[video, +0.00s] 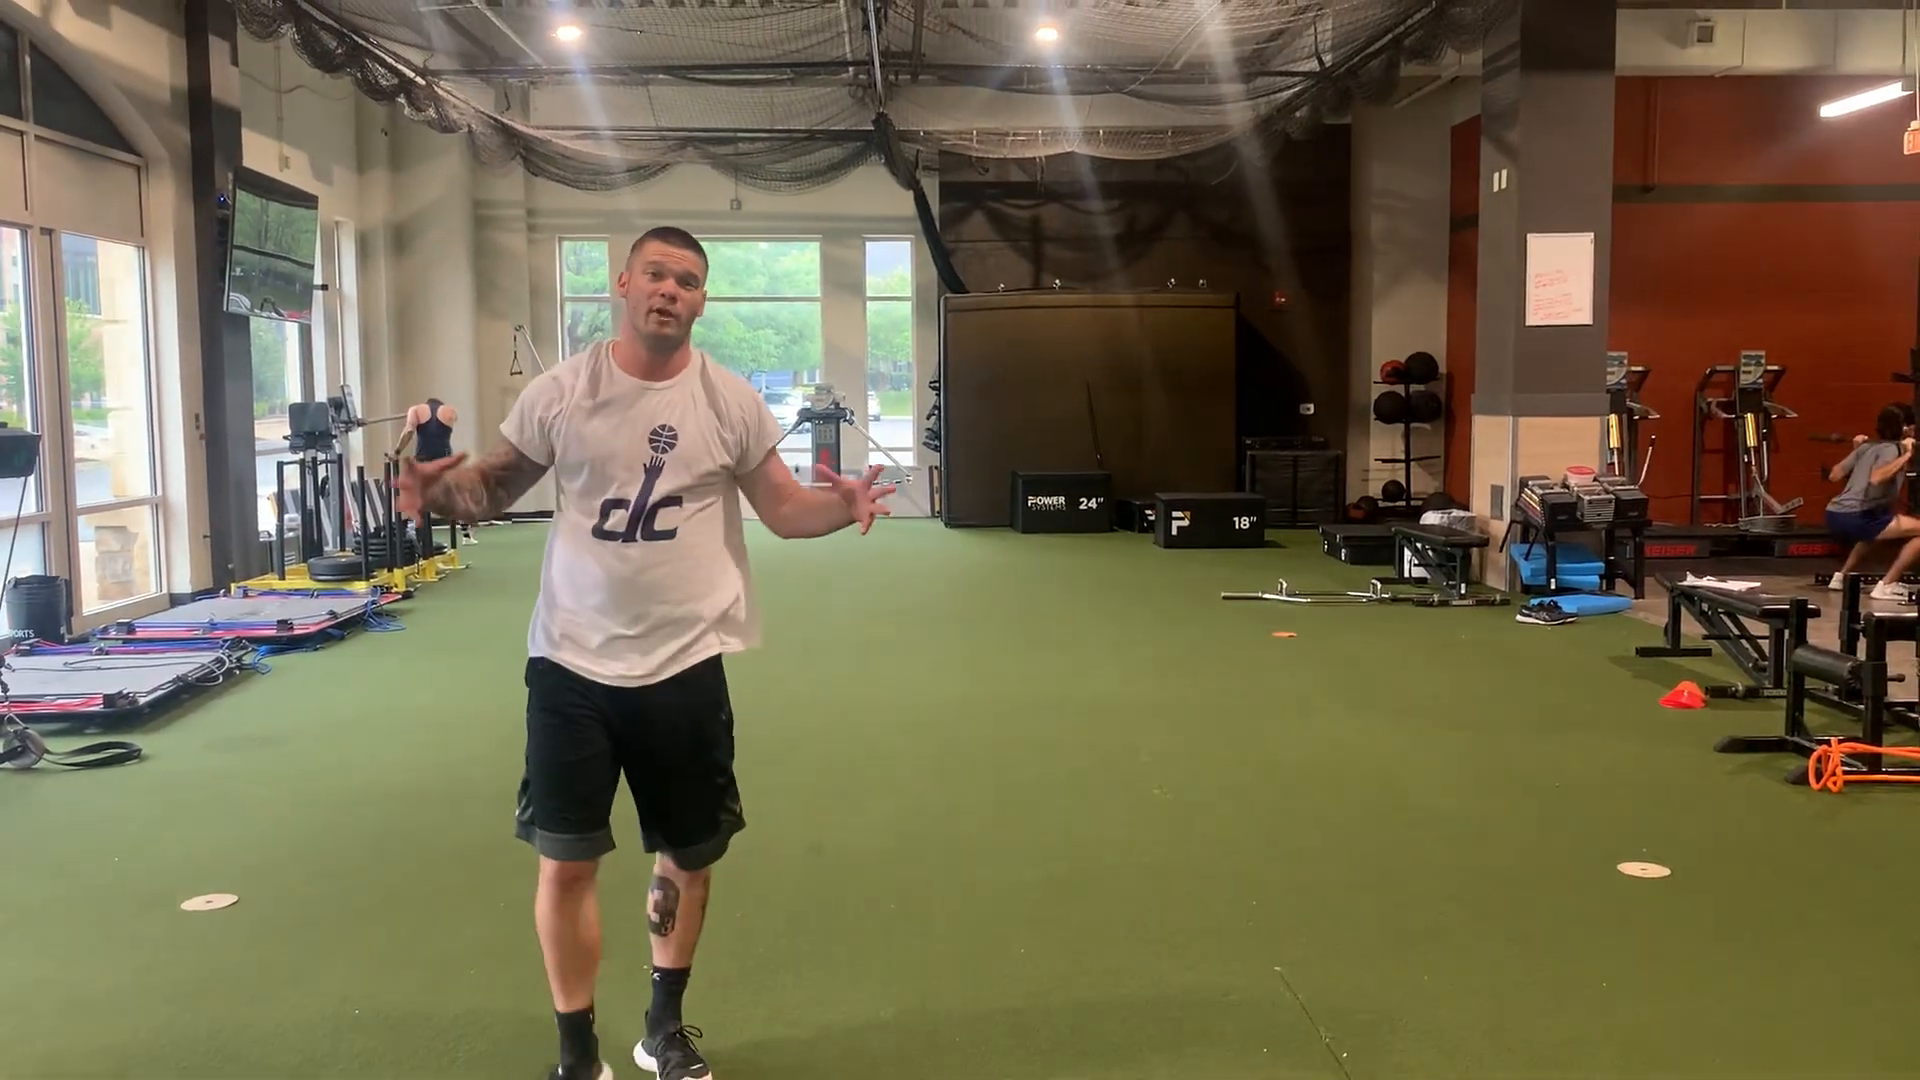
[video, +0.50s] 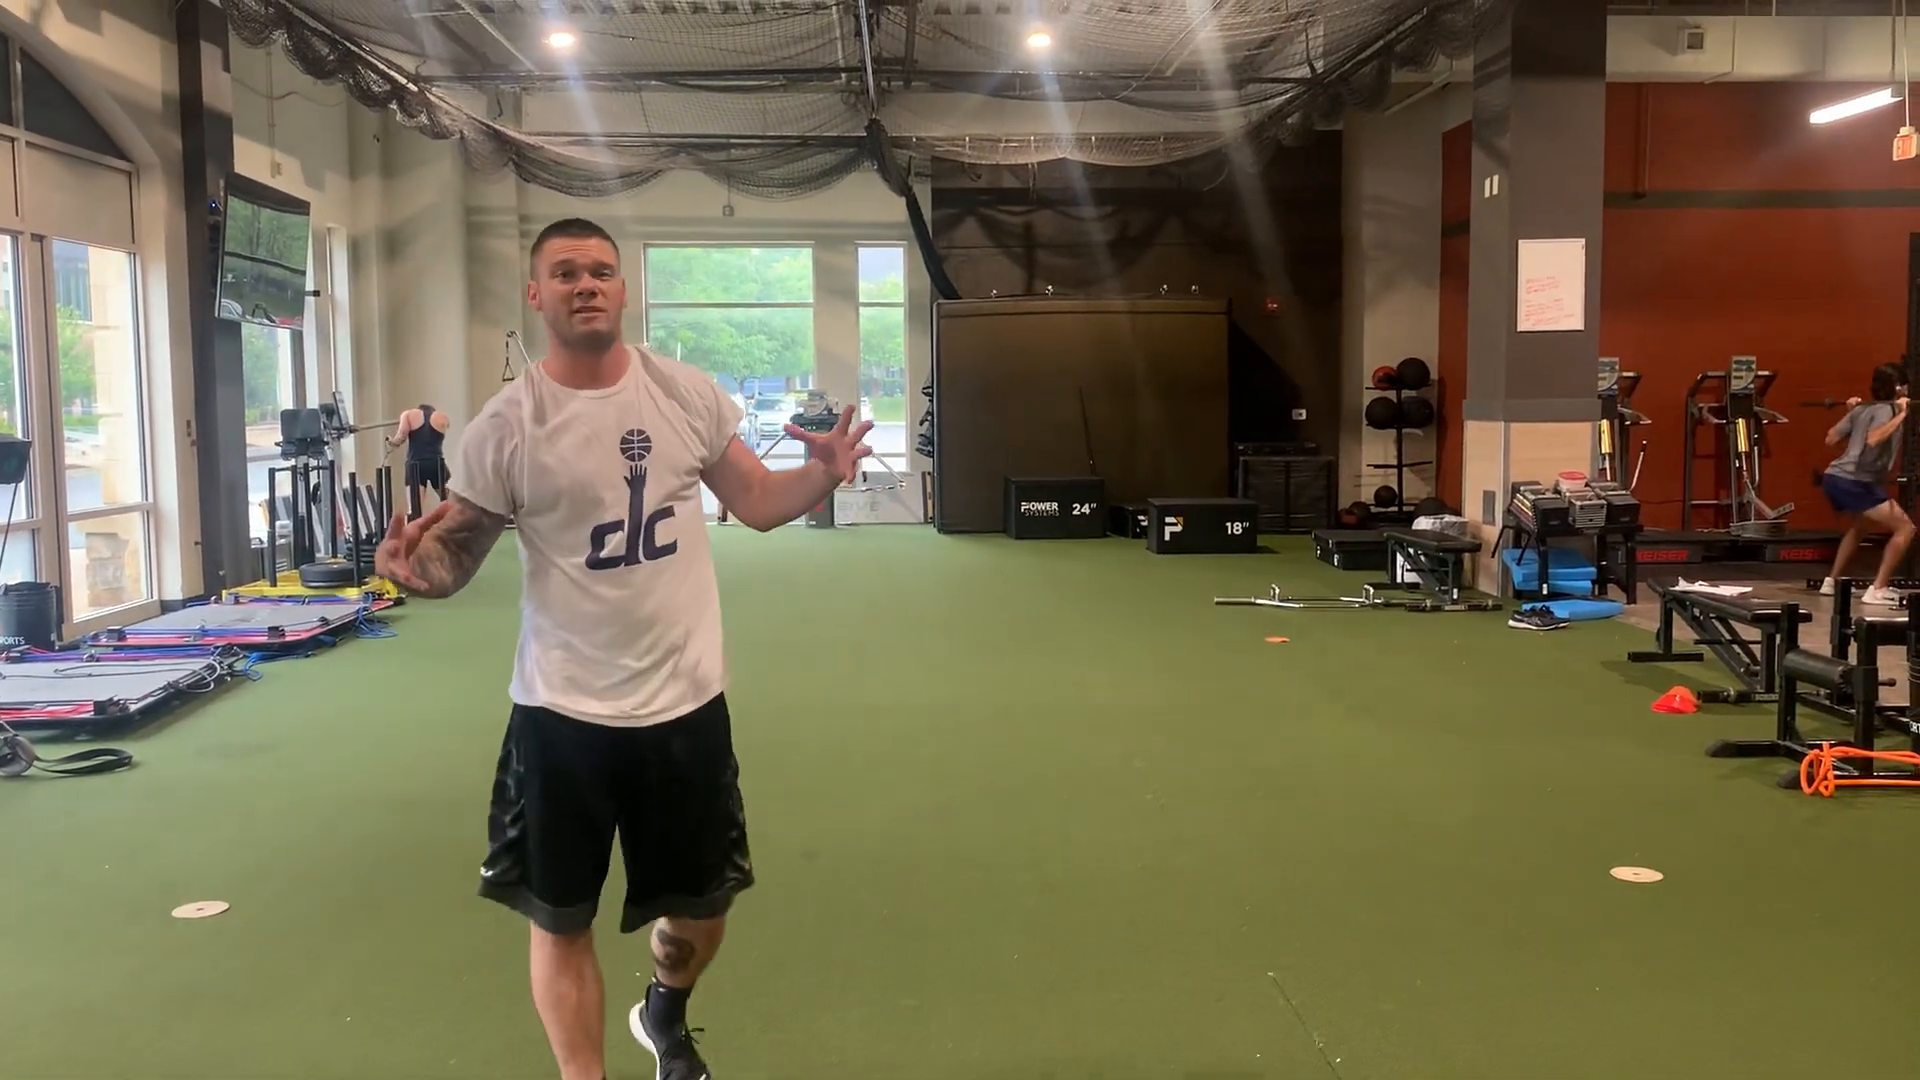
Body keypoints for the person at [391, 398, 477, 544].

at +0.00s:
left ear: (426, 402)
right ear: (441, 403)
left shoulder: (415, 410)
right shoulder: (451, 412)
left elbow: (409, 432)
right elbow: (448, 432)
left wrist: (397, 452)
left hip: (423, 458)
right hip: (445, 457)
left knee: (420, 496)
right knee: (456, 493)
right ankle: (467, 535)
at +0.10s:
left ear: (425, 404)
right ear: (439, 405)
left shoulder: (414, 411)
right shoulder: (448, 412)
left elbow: (408, 433)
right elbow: (453, 420)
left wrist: (396, 452)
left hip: (422, 459)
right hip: (443, 458)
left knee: (422, 499)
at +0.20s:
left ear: (423, 405)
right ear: (438, 406)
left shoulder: (412, 411)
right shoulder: (447, 413)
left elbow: (406, 433)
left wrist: (394, 450)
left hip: (420, 460)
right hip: (440, 459)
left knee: (420, 504)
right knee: (453, 495)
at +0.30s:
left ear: (422, 406)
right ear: (436, 407)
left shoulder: (411, 412)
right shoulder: (445, 414)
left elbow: (405, 434)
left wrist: (394, 448)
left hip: (418, 461)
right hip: (439, 460)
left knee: (418, 505)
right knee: (453, 496)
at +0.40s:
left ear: (421, 408)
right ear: (435, 409)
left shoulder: (409, 415)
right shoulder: (444, 417)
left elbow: (403, 436)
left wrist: (393, 446)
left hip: (416, 465)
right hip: (437, 463)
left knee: (415, 506)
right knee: (452, 497)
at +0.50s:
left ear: (418, 409)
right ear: (434, 410)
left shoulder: (408, 415)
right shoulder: (443, 417)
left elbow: (401, 437)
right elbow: (447, 426)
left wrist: (392, 442)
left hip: (415, 465)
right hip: (436, 464)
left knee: (414, 508)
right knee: (448, 499)